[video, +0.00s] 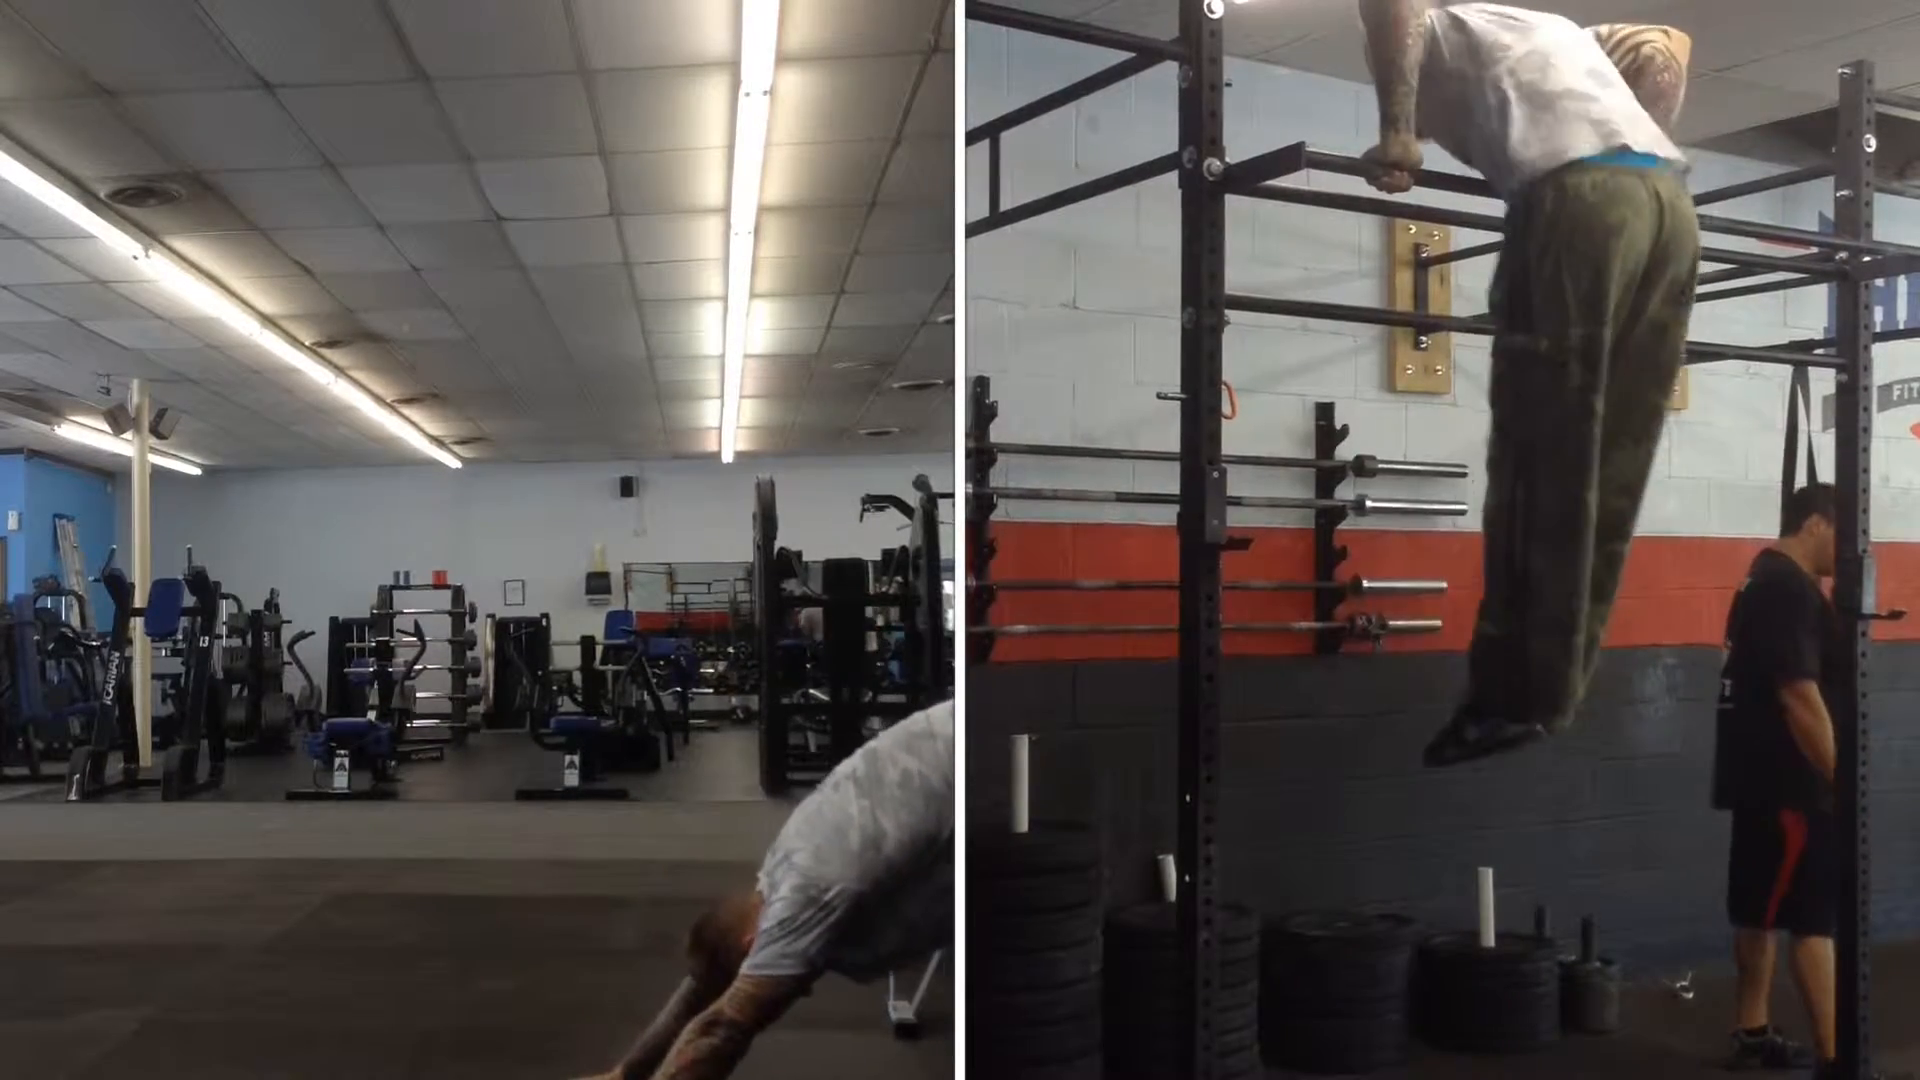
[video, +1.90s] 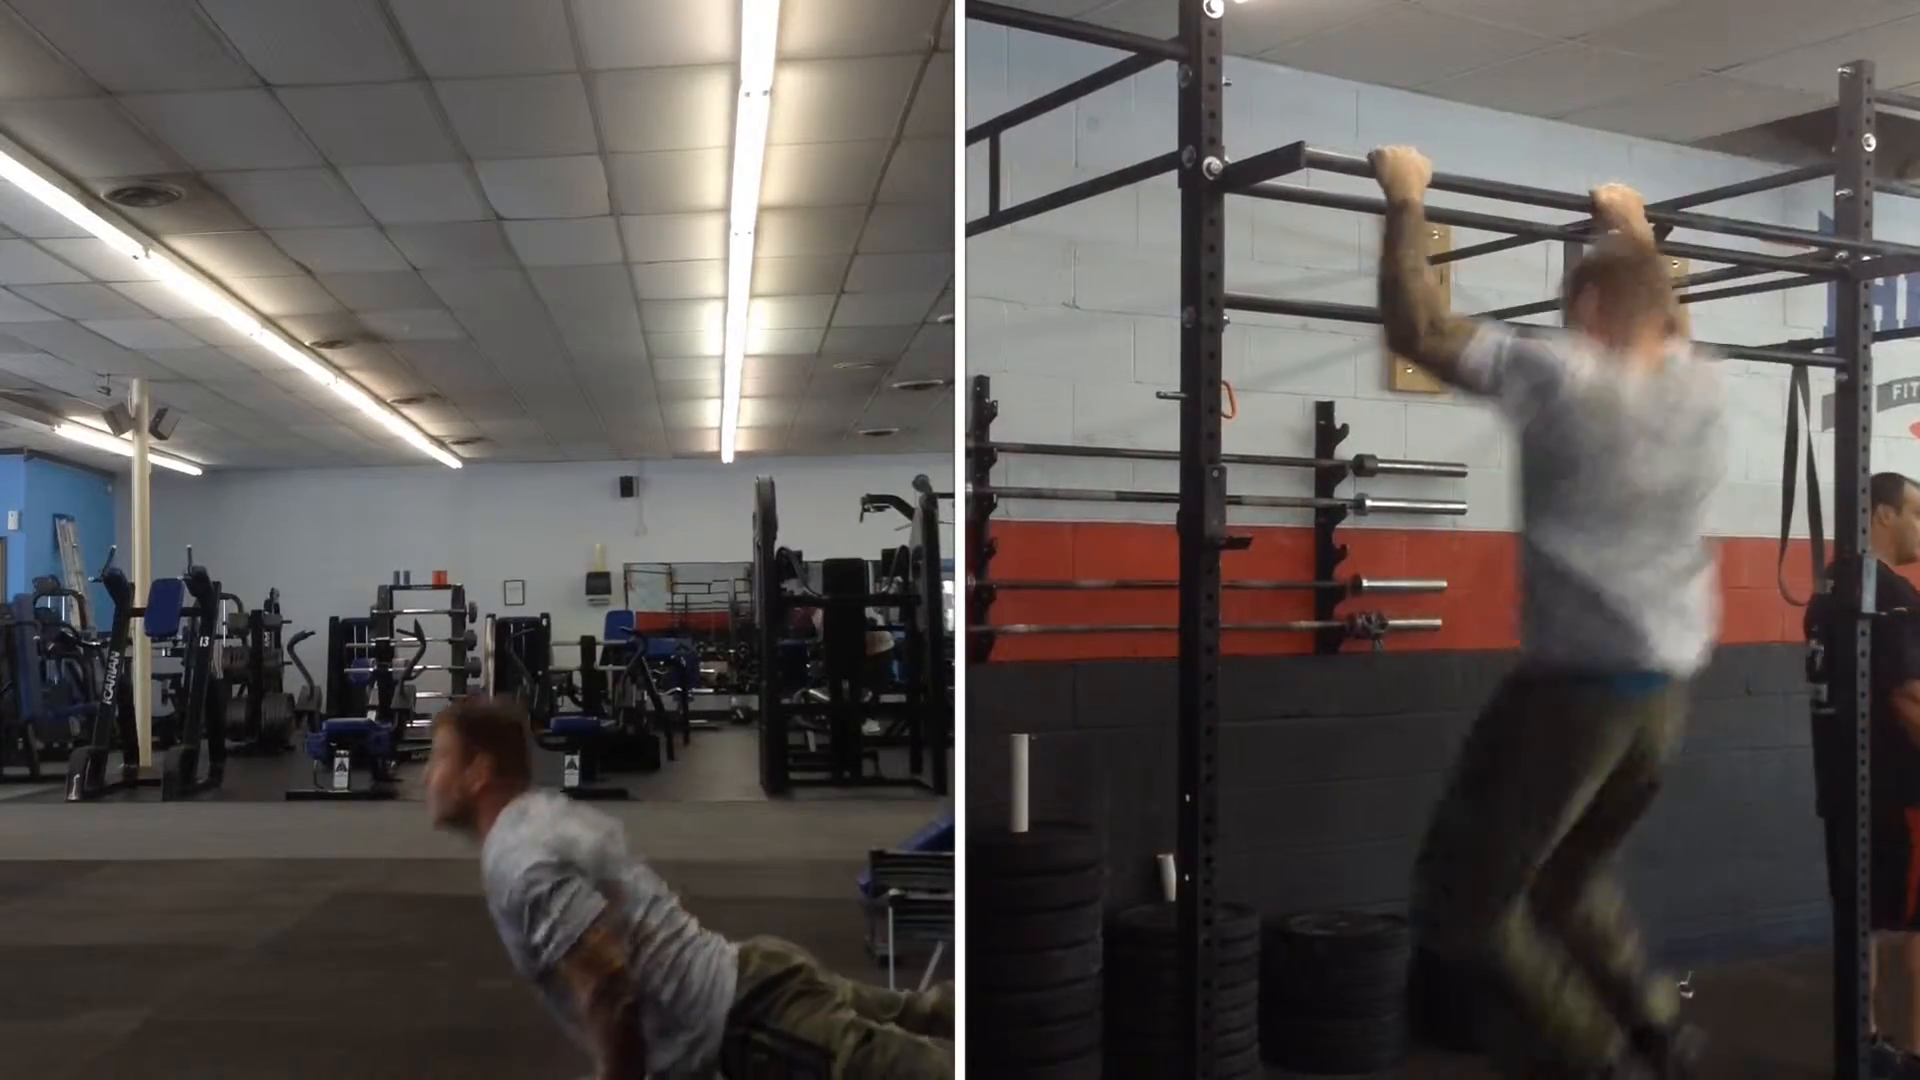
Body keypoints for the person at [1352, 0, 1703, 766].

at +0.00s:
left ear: (1421, 25)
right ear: (1489, 14)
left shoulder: (1432, 25)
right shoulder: (1556, 31)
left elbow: (1391, 2)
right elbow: (1662, 48)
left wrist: (1397, 127)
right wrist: (1642, 158)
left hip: (1579, 197)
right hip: (1672, 205)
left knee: (1543, 448)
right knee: (1618, 456)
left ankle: (1512, 696)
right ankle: (1556, 689)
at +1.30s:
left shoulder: (1462, 5)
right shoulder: (1599, 7)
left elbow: (1416, 12)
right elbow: (1688, 52)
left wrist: (1400, 132)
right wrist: (1627, 176)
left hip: (1536, 217)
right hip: (1630, 223)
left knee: (1503, 469)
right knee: (1603, 465)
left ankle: (1571, 696)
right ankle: (1692, 655)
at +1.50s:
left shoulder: (1547, 7)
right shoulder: (1707, 11)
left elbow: (1491, 112)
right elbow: (1757, 148)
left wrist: (1407, 151)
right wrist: (1666, 165)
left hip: (1619, 255)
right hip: (1715, 259)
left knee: (1526, 489)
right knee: (1635, 473)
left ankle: (1657, 640)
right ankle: (1760, 581)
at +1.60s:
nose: (1556, 16)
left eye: (1558, 10)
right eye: (1558, 12)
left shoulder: (1590, 33)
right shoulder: (1763, 62)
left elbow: (1495, 190)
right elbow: (1742, 197)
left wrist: (1416, 165)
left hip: (1658, 343)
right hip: (1757, 351)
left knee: (1536, 556)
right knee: (1649, 544)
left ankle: (1674, 713)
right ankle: (1766, 662)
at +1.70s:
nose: (1604, 103)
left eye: (1604, 91)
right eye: (1609, 93)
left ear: (1622, 81)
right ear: (1698, 77)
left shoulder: (1603, 151)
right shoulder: (1775, 159)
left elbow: (1473, 255)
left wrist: (1416, 185)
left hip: (1660, 475)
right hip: (1761, 483)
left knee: (1534, 661)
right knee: (1643, 648)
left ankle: (1661, 830)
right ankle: (1748, 784)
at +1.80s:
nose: (1600, 215)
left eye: (1605, 202)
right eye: (1607, 202)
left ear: (1619, 202)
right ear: (1700, 212)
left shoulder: (1593, 269)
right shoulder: (1762, 289)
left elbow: (1440, 299)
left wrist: (1412, 190)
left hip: (1626, 601)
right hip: (1721, 616)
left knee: (1509, 789)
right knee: (1618, 772)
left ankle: (1631, 964)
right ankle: (1707, 928)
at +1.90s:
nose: (1571, 313)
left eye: (1577, 299)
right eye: (1577, 300)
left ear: (1590, 307)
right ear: (1662, 318)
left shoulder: (1558, 374)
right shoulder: (1702, 391)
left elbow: (1422, 331)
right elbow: (1669, 328)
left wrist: (1405, 205)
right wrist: (1641, 244)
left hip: (1573, 699)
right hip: (1663, 704)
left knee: (1470, 900)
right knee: (1569, 883)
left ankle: (1601, 1059)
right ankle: (1660, 1034)